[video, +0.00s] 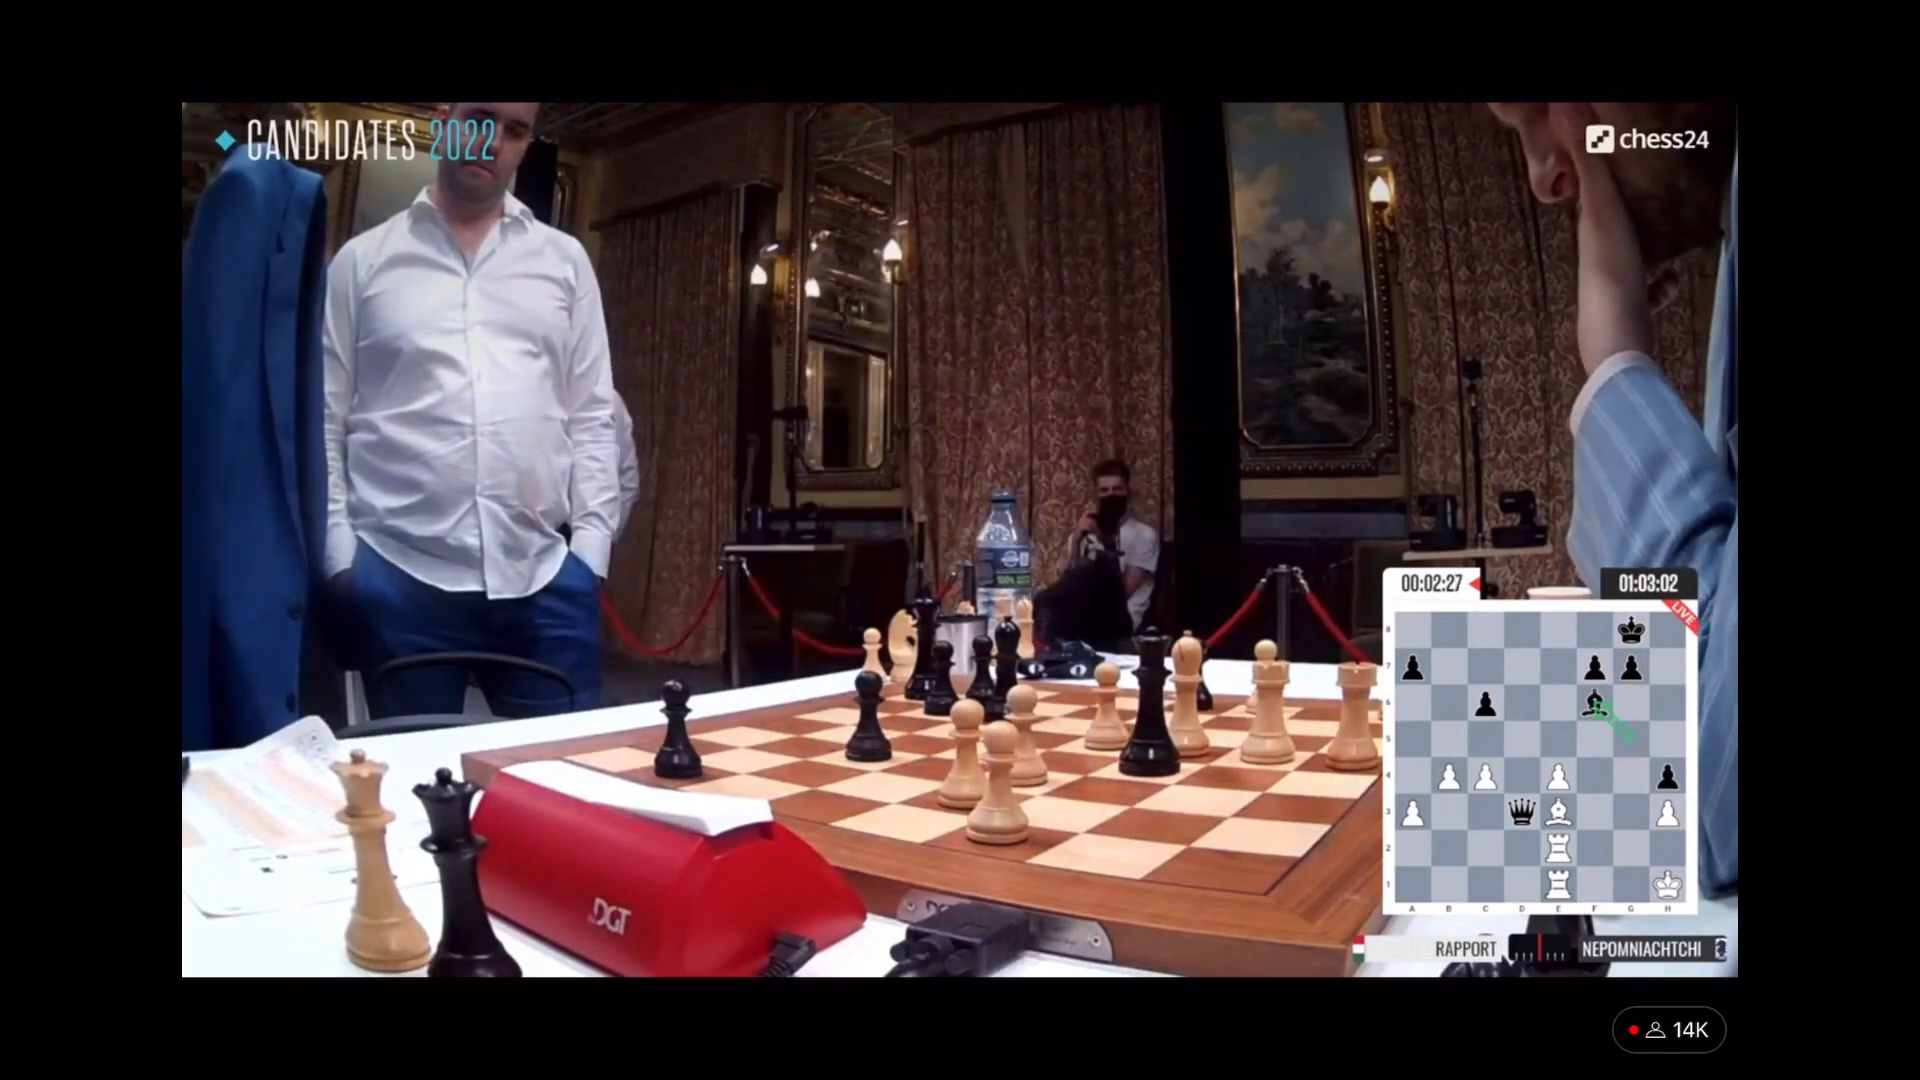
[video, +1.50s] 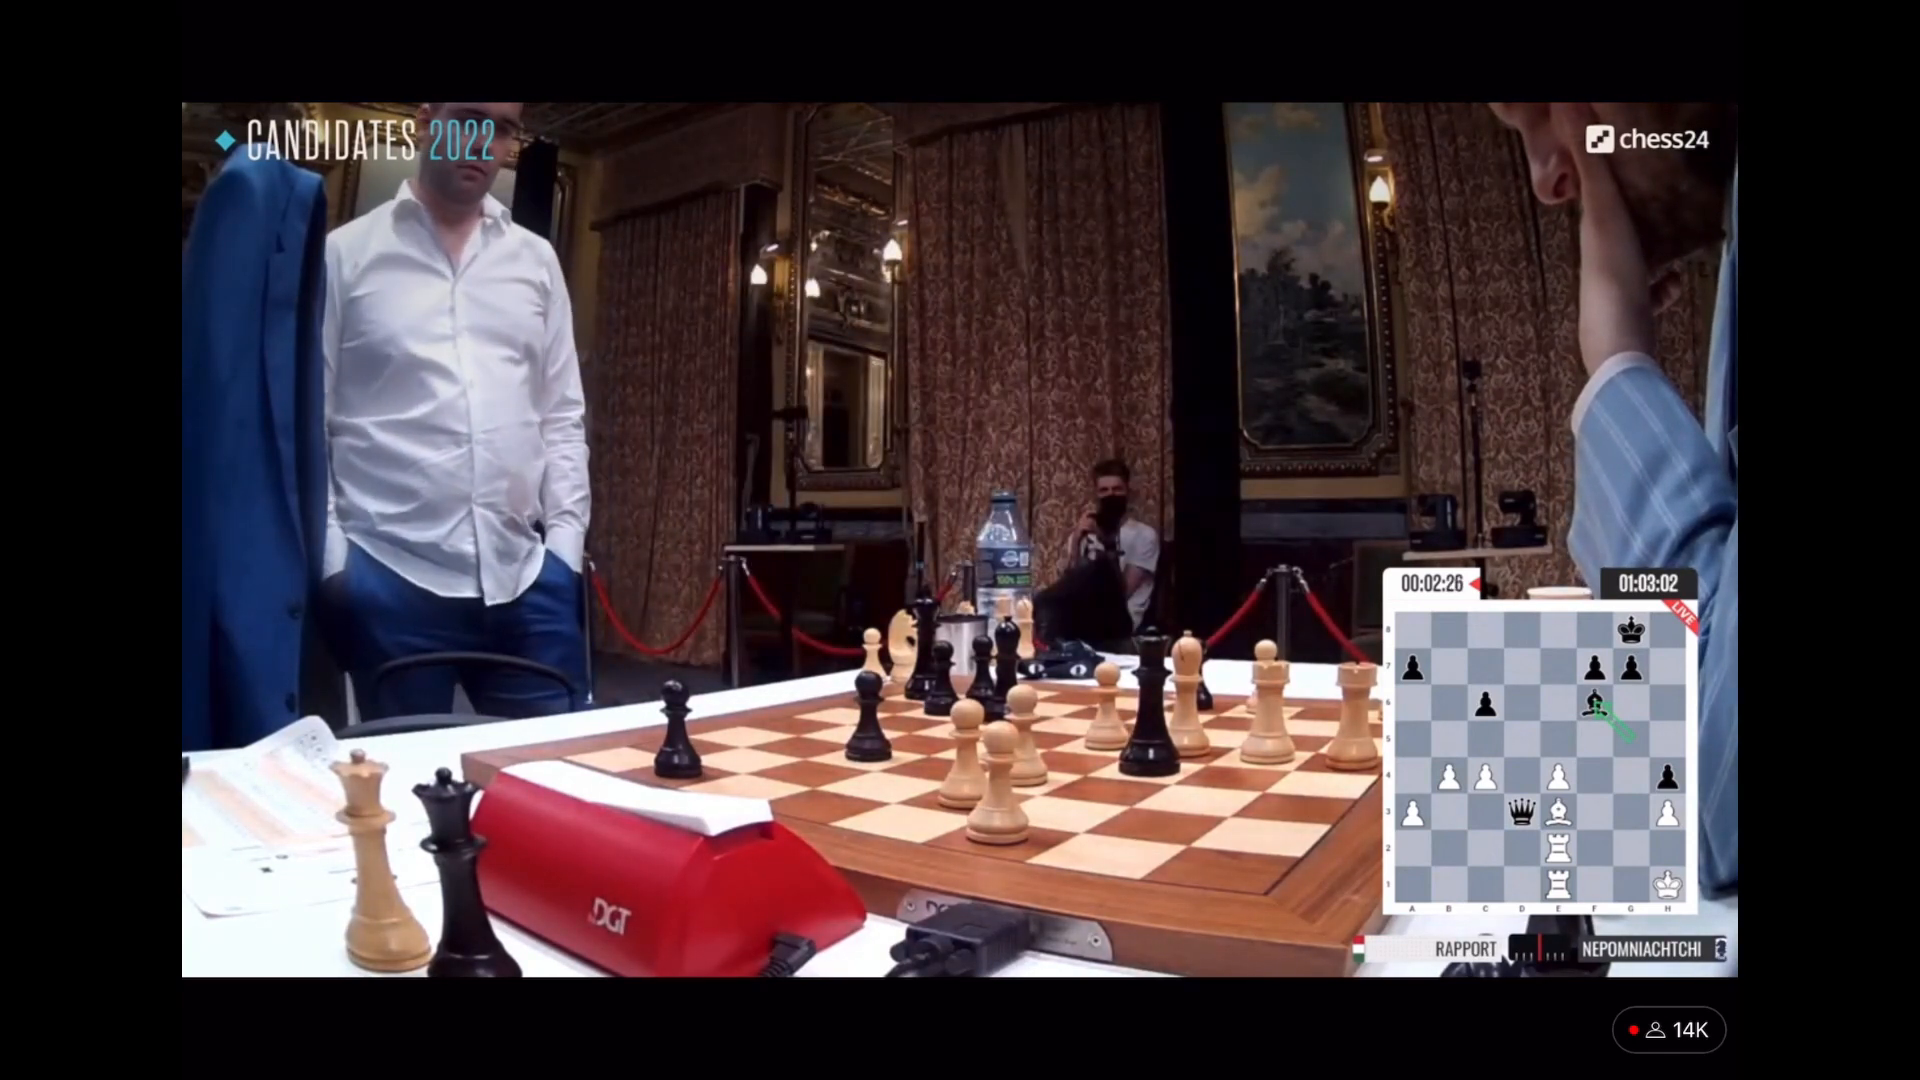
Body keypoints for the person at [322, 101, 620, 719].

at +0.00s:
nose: (489, 144)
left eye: (513, 131)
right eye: (477, 120)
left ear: (529, 146)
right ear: (442, 121)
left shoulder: (564, 260)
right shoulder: (362, 263)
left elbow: (593, 415)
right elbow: (325, 419)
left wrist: (589, 552)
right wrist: (341, 561)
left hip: (546, 584)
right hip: (401, 585)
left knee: (568, 788)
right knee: (415, 790)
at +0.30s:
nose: (489, 144)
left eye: (512, 131)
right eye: (476, 121)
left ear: (528, 146)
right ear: (440, 121)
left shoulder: (563, 261)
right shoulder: (361, 263)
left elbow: (592, 419)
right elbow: (325, 420)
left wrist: (587, 554)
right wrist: (342, 562)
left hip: (548, 585)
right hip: (403, 586)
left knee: (566, 790)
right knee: (418, 792)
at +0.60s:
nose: (488, 146)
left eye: (511, 132)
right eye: (475, 122)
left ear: (528, 146)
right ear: (439, 121)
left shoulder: (561, 261)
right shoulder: (360, 264)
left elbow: (590, 419)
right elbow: (325, 420)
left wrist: (587, 555)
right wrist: (342, 562)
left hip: (546, 583)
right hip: (401, 585)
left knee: (564, 789)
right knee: (425, 791)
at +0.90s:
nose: (487, 146)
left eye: (510, 132)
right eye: (474, 122)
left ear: (526, 147)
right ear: (438, 121)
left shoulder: (559, 262)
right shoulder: (358, 264)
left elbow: (588, 419)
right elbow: (323, 420)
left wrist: (585, 554)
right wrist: (341, 562)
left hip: (544, 583)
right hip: (400, 585)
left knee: (566, 788)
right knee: (415, 791)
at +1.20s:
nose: (484, 146)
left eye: (507, 132)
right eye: (471, 122)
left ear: (523, 147)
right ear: (435, 120)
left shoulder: (552, 261)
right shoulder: (353, 261)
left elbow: (580, 417)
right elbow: (318, 419)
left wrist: (577, 550)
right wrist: (336, 563)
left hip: (537, 580)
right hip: (394, 583)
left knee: (564, 782)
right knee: (411, 788)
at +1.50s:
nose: (483, 146)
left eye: (503, 130)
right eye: (467, 121)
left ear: (517, 144)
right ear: (425, 120)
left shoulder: (536, 259)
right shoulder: (344, 255)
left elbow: (563, 416)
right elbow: (308, 419)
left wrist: (565, 548)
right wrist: (335, 564)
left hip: (528, 580)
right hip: (391, 584)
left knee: (560, 778)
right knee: (411, 786)